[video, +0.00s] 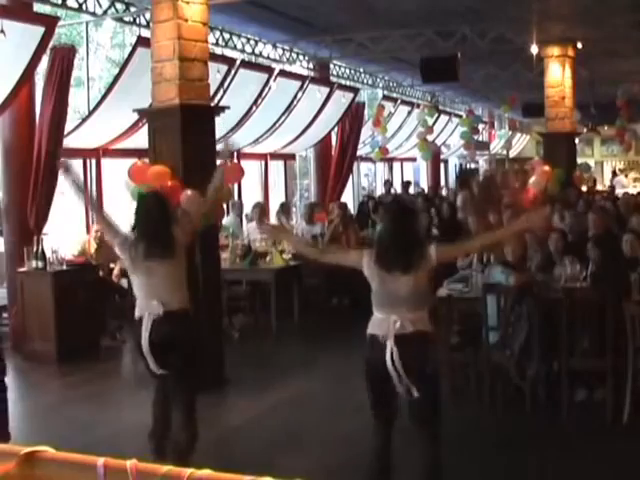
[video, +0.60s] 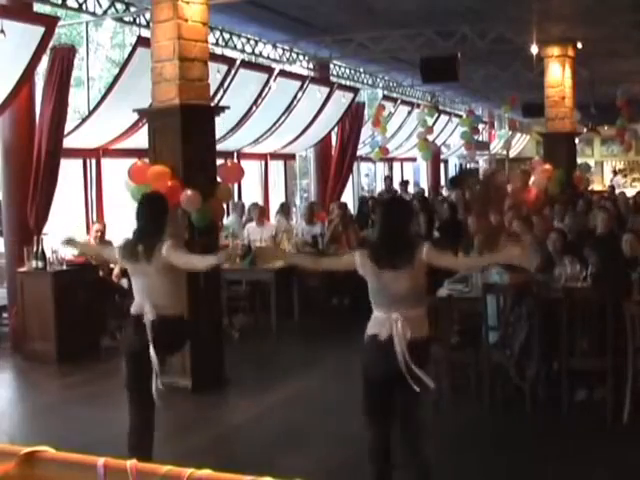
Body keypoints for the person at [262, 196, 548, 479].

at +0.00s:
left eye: (384, 222)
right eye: (414, 221)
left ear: (383, 229)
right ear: (416, 227)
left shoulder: (366, 260)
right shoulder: (428, 256)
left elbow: (317, 254)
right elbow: (475, 244)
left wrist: (283, 234)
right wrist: (523, 224)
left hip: (378, 337)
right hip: (418, 336)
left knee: (382, 414)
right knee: (427, 413)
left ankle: (381, 469)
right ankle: (432, 466)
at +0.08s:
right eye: (411, 226)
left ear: (380, 233)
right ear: (412, 231)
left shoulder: (365, 268)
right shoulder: (427, 265)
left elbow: (319, 270)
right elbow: (465, 265)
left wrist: (289, 259)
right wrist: (499, 253)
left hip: (375, 342)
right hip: (413, 342)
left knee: (377, 413)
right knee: (416, 409)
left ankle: (379, 465)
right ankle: (428, 458)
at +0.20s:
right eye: (407, 226)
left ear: (376, 231)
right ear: (406, 230)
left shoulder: (362, 267)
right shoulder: (423, 255)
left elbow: (316, 275)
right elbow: (465, 264)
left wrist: (282, 268)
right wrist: (508, 271)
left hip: (380, 341)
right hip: (417, 343)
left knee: (368, 404)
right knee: (392, 392)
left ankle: (375, 463)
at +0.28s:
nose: (410, 222)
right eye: (406, 218)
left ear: (373, 225)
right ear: (403, 224)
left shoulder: (361, 261)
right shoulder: (418, 249)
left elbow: (319, 270)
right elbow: (458, 256)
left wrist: (286, 264)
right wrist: (498, 261)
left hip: (383, 327)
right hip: (419, 326)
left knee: (378, 393)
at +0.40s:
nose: (406, 224)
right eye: (404, 219)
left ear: (373, 223)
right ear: (404, 224)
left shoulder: (360, 260)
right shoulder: (416, 254)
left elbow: (319, 264)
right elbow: (456, 258)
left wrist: (282, 261)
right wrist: (496, 251)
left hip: (383, 338)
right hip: (420, 337)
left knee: (379, 415)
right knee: (351, 364)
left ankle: (379, 472)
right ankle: (339, 419)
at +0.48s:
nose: (409, 222)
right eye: (407, 217)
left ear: (374, 222)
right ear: (405, 223)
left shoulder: (360, 259)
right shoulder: (417, 255)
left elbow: (318, 263)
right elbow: (461, 261)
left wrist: (288, 260)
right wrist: (498, 251)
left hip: (382, 334)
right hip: (418, 334)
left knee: (380, 413)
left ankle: (379, 470)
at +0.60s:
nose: (415, 225)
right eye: (412, 218)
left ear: (377, 224)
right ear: (408, 224)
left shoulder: (363, 258)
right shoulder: (421, 252)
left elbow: (319, 264)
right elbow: (460, 263)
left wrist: (288, 257)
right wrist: (501, 256)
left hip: (378, 335)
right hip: (416, 335)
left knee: (377, 413)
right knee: (412, 409)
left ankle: (381, 469)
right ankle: (418, 465)